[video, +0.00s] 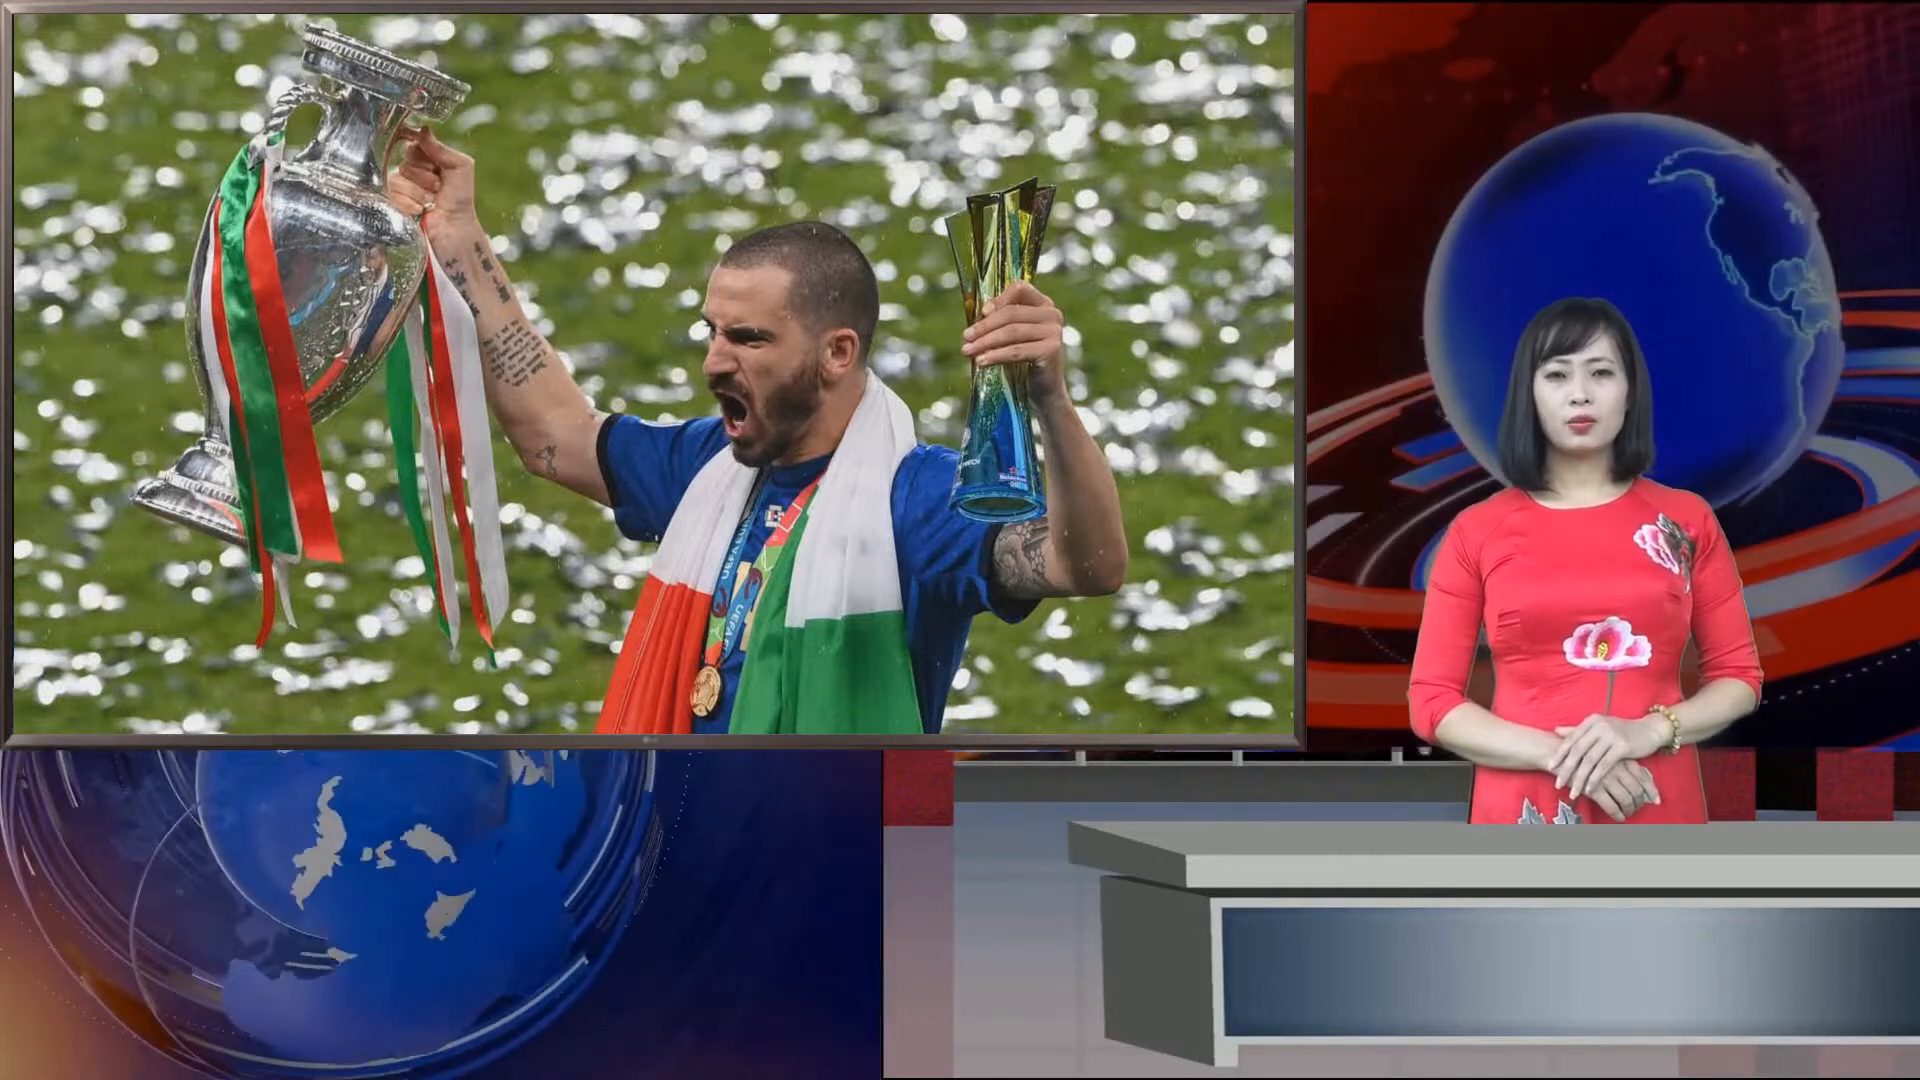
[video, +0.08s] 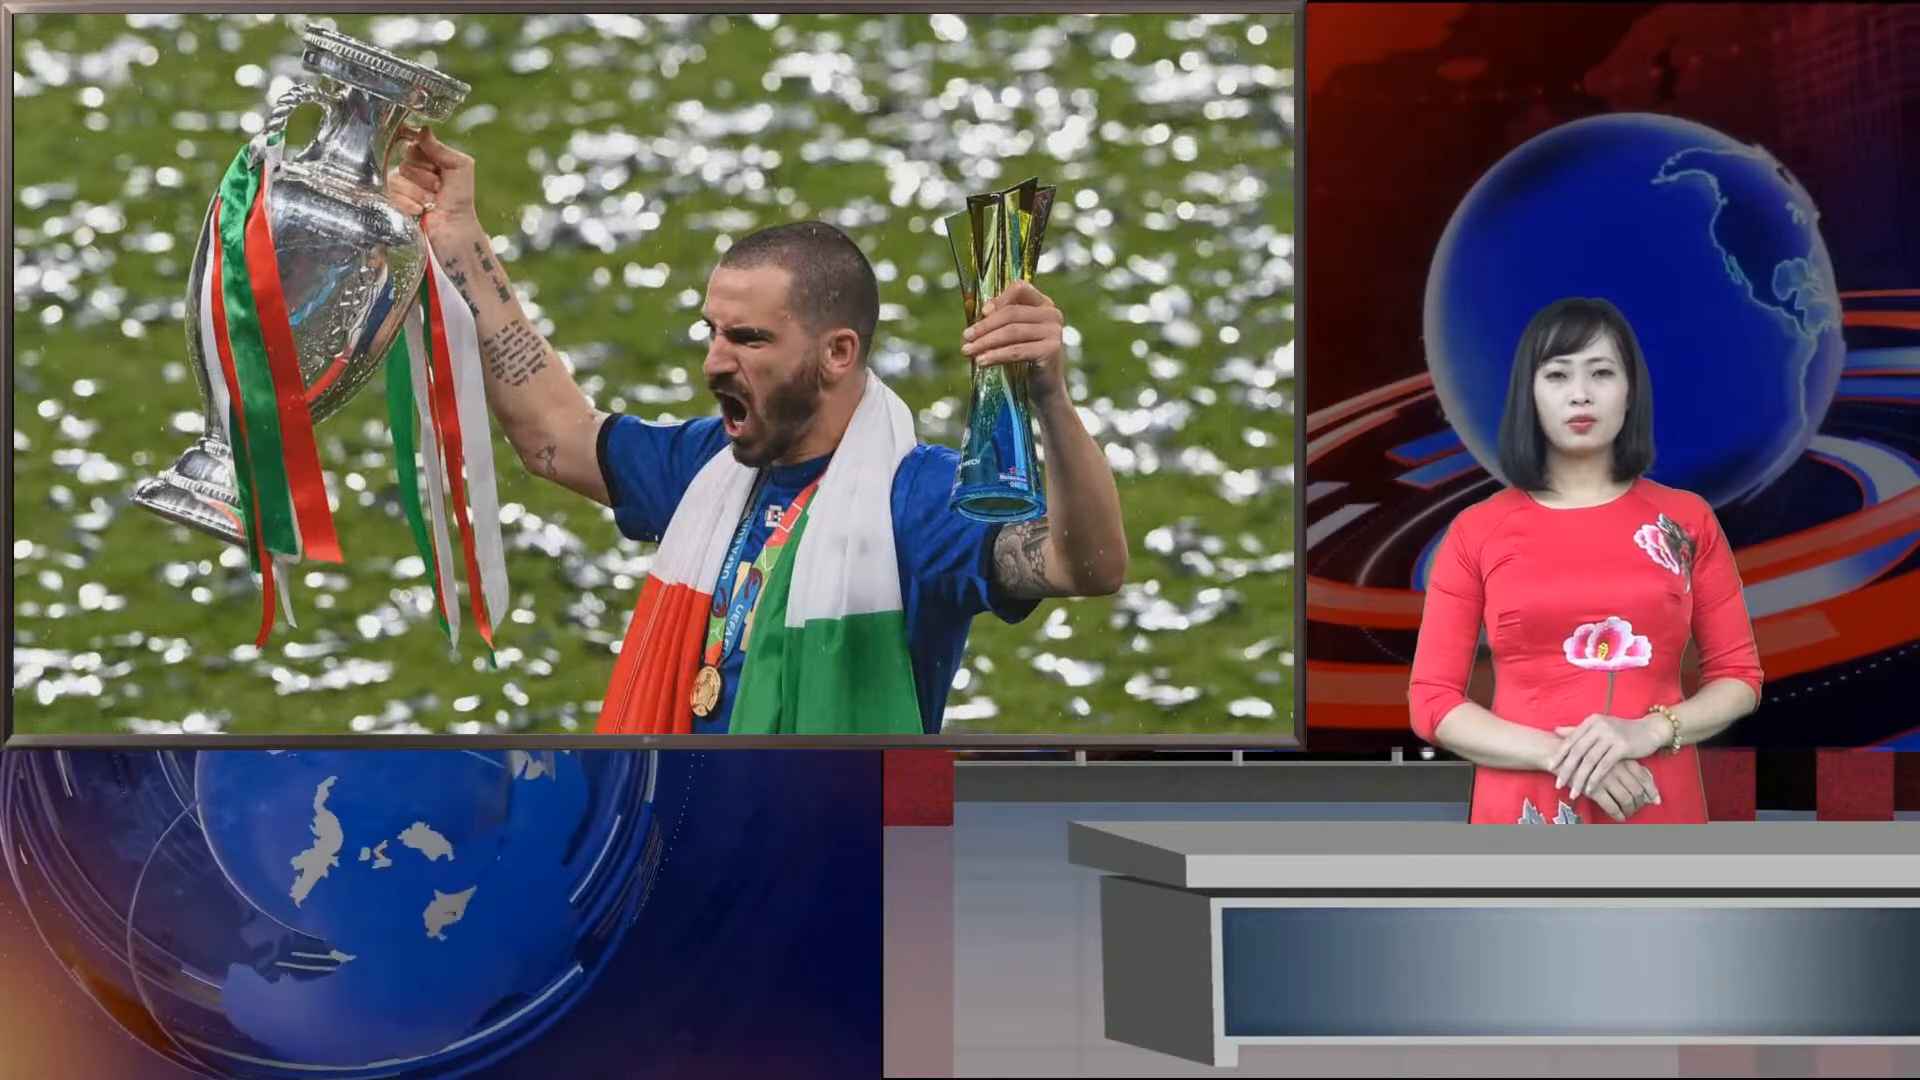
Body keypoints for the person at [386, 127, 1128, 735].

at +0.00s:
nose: (714, 362)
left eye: (747, 339)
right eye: (712, 334)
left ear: (839, 355)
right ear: (705, 327)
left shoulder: (915, 493)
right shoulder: (703, 465)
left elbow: (1089, 563)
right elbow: (557, 438)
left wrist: (1049, 399)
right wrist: (464, 254)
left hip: (824, 916)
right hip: (663, 902)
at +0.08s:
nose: (714, 362)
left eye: (747, 340)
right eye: (712, 334)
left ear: (839, 355)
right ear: (706, 328)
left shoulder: (914, 493)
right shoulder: (703, 466)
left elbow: (1089, 563)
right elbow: (557, 438)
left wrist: (1050, 399)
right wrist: (464, 253)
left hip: (825, 917)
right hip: (663, 902)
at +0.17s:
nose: (714, 362)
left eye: (747, 339)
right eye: (712, 334)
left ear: (839, 355)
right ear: (705, 328)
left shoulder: (914, 493)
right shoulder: (703, 465)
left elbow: (1089, 563)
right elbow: (557, 438)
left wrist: (1049, 399)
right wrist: (464, 253)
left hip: (825, 917)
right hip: (662, 901)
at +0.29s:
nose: (714, 362)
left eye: (747, 340)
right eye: (712, 334)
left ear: (839, 355)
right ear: (706, 328)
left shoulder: (914, 493)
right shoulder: (703, 466)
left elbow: (1089, 563)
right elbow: (557, 438)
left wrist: (1050, 399)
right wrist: (464, 253)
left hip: (825, 915)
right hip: (663, 900)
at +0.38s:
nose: (714, 362)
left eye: (747, 340)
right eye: (712, 335)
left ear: (839, 355)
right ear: (706, 328)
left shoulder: (914, 493)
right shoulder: (703, 466)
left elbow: (1089, 564)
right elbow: (557, 438)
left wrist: (1050, 399)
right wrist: (464, 253)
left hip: (825, 913)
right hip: (665, 898)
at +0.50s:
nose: (714, 362)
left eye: (747, 340)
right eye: (712, 334)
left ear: (839, 355)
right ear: (706, 328)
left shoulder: (914, 493)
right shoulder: (703, 466)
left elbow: (1089, 563)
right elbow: (557, 438)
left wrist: (1050, 399)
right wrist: (464, 253)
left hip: (824, 916)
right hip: (662, 899)